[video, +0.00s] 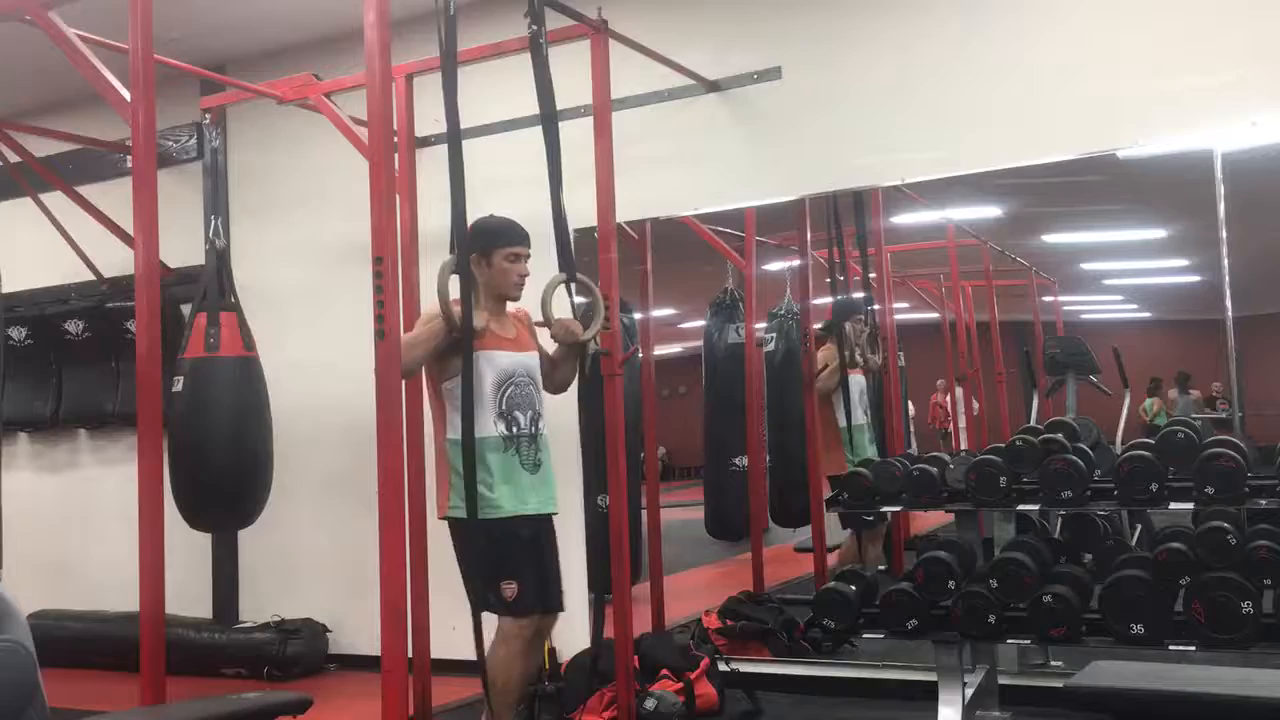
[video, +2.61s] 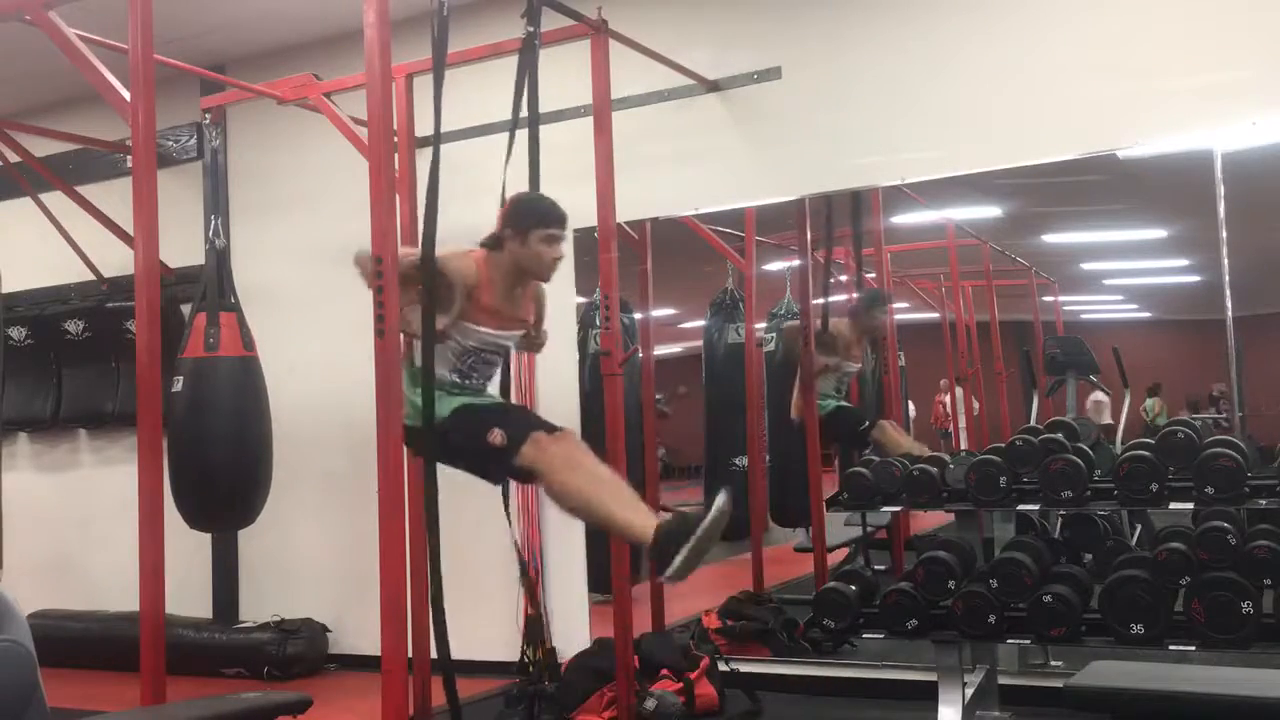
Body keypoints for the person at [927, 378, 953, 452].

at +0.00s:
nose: (941, 387)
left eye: (942, 385)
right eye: (939, 385)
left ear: (945, 386)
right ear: (937, 386)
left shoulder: (947, 396)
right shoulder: (934, 397)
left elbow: (949, 407)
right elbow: (931, 410)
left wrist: (940, 403)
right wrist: (930, 420)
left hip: (947, 420)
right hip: (938, 421)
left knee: (948, 437)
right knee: (941, 438)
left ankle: (950, 450)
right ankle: (942, 451)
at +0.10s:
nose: (941, 387)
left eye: (942, 385)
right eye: (939, 385)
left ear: (945, 386)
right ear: (937, 386)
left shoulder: (947, 396)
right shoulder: (934, 397)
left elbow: (950, 407)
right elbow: (931, 410)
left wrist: (941, 403)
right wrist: (931, 421)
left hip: (947, 421)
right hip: (938, 421)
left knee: (948, 437)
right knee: (941, 439)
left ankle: (950, 451)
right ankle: (942, 451)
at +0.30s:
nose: (941, 387)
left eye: (942, 385)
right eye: (939, 385)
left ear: (945, 386)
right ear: (937, 386)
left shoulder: (948, 396)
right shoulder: (934, 397)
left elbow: (951, 409)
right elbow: (932, 410)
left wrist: (951, 421)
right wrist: (931, 420)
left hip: (947, 421)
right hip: (938, 422)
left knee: (949, 438)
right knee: (941, 439)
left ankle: (950, 451)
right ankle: (942, 452)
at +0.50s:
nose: (941, 387)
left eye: (943, 385)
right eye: (940, 385)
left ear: (946, 386)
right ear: (938, 386)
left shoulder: (948, 396)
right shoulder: (935, 397)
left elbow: (950, 408)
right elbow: (933, 409)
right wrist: (931, 420)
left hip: (947, 421)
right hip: (938, 421)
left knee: (949, 438)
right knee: (941, 439)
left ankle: (950, 451)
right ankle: (943, 452)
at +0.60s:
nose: (941, 388)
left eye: (943, 386)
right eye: (940, 386)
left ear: (946, 386)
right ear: (938, 387)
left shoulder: (948, 396)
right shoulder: (935, 397)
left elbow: (951, 407)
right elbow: (933, 409)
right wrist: (931, 420)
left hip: (948, 421)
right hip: (939, 422)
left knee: (950, 438)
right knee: (941, 439)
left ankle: (952, 452)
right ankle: (943, 452)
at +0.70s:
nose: (942, 388)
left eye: (943, 385)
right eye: (940, 386)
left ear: (946, 386)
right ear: (938, 387)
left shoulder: (948, 396)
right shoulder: (935, 397)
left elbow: (951, 409)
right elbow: (934, 410)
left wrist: (952, 421)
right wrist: (932, 420)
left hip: (948, 421)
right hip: (939, 422)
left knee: (950, 438)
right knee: (941, 439)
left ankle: (951, 451)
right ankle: (943, 451)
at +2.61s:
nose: (944, 388)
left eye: (945, 386)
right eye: (942, 386)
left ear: (948, 386)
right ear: (940, 387)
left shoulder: (950, 396)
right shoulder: (938, 397)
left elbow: (953, 409)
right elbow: (935, 410)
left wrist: (953, 422)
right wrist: (933, 420)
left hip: (950, 422)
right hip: (941, 422)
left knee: (951, 439)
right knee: (942, 440)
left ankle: (953, 452)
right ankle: (943, 453)